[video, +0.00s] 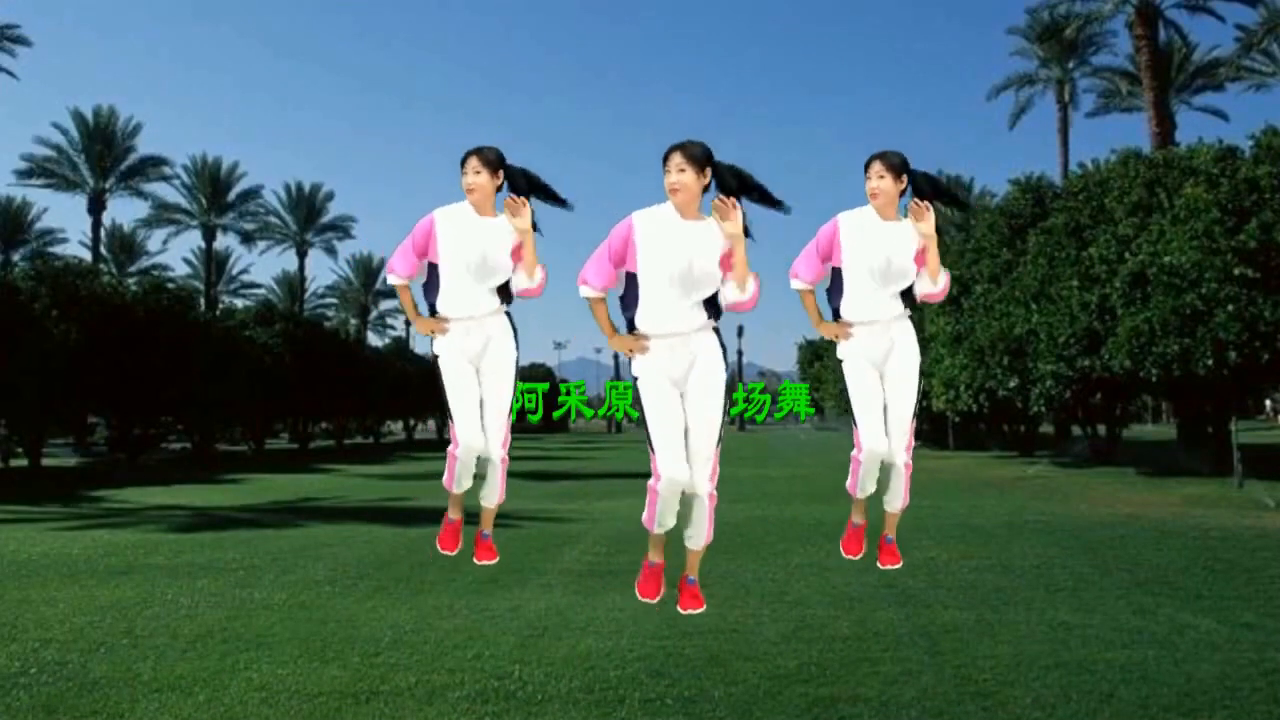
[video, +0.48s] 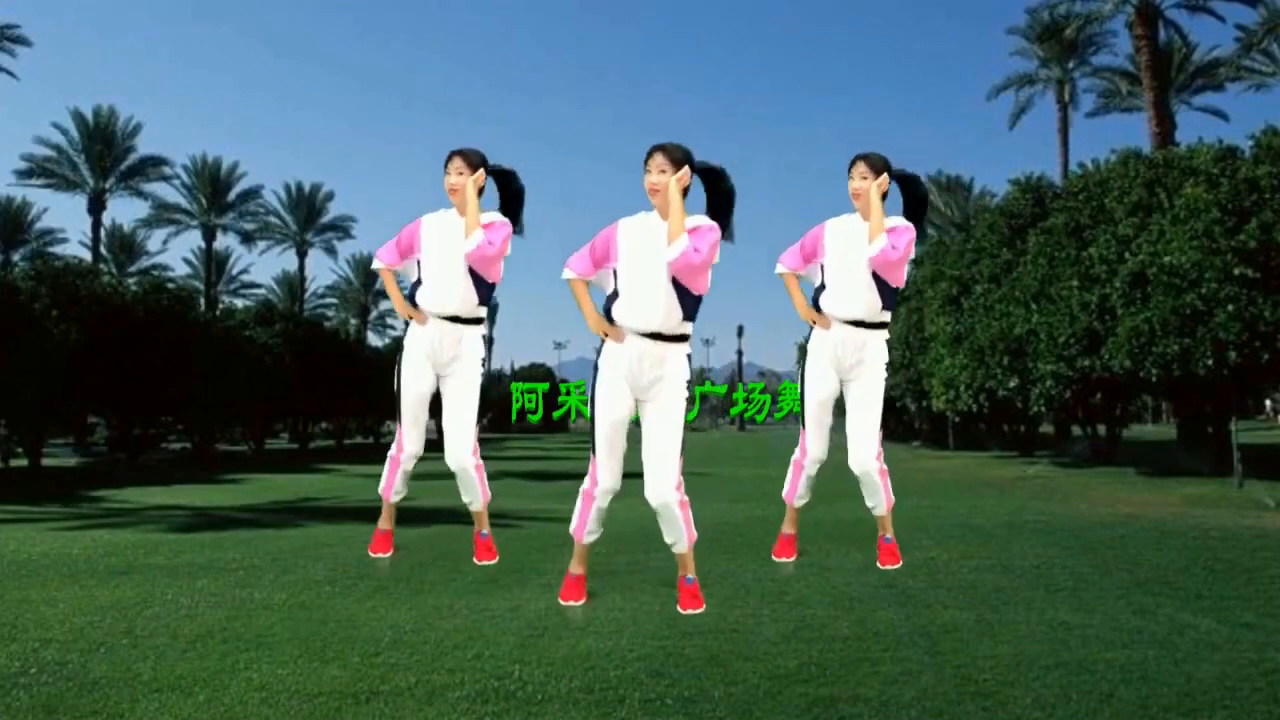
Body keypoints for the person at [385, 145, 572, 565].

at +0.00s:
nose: (469, 179)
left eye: (478, 172)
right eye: (465, 172)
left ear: (498, 179)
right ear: (460, 179)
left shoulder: (512, 227)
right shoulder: (439, 221)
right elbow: (398, 270)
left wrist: (527, 232)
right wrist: (416, 318)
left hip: (496, 332)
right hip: (452, 333)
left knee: (496, 439)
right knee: (469, 440)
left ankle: (485, 533)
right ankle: (454, 514)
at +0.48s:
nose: (452, 180)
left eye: (460, 173)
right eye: (448, 173)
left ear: (479, 180)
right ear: (443, 180)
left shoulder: (497, 226)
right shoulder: (426, 225)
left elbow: (483, 261)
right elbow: (384, 261)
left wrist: (471, 206)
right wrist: (403, 306)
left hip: (468, 340)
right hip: (423, 334)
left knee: (461, 453)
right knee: (410, 441)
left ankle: (483, 529)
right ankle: (386, 523)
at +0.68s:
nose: (449, 140)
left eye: (458, 134)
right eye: (447, 133)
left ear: (479, 142)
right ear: (446, 142)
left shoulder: (496, 187)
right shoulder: (426, 187)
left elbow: (512, 217)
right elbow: (386, 223)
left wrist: (494, 162)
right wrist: (402, 267)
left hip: (471, 300)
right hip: (426, 296)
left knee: (476, 415)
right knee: (409, 408)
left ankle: (486, 522)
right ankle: (391, 497)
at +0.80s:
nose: (455, 138)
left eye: (465, 133)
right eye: (453, 132)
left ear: (486, 143)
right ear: (449, 140)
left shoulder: (497, 186)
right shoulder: (427, 183)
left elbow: (508, 224)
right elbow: (386, 223)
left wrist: (498, 166)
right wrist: (403, 272)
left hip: (476, 293)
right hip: (432, 292)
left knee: (477, 411)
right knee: (428, 410)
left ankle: (479, 521)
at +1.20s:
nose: (462, 149)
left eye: (470, 142)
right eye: (458, 142)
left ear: (485, 155)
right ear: (451, 150)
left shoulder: (492, 202)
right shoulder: (426, 190)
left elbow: (455, 195)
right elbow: (380, 230)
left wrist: (477, 151)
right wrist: (390, 278)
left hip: (460, 302)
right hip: (417, 298)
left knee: (467, 421)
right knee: (409, 419)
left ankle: (475, 523)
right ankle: (401, 496)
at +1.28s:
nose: (457, 155)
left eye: (468, 147)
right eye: (453, 147)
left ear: (484, 156)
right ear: (446, 153)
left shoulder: (489, 201)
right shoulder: (423, 193)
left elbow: (444, 196)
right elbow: (377, 230)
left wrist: (449, 146)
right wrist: (387, 276)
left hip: (452, 307)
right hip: (409, 302)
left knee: (459, 423)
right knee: (398, 419)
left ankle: (470, 525)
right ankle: (382, 506)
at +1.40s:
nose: (447, 188)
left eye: (456, 180)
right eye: (442, 181)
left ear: (474, 187)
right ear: (438, 187)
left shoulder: (482, 234)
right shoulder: (419, 227)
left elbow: (440, 233)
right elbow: (372, 257)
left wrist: (411, 183)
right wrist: (378, 301)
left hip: (442, 343)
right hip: (400, 333)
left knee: (442, 451)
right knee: (385, 439)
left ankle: (461, 534)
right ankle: (369, 519)